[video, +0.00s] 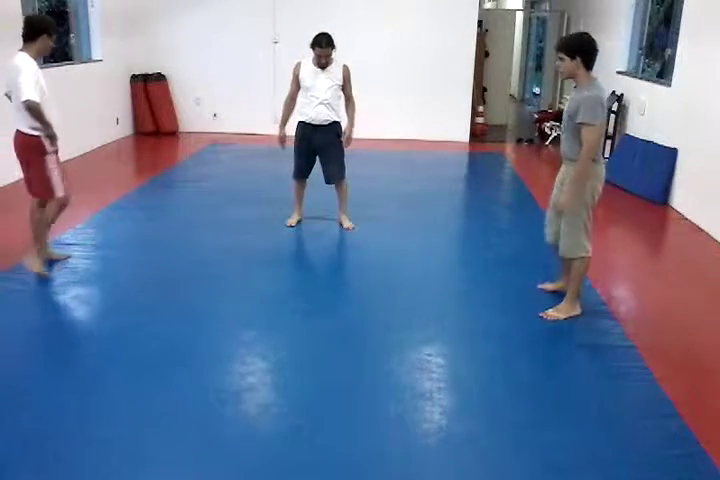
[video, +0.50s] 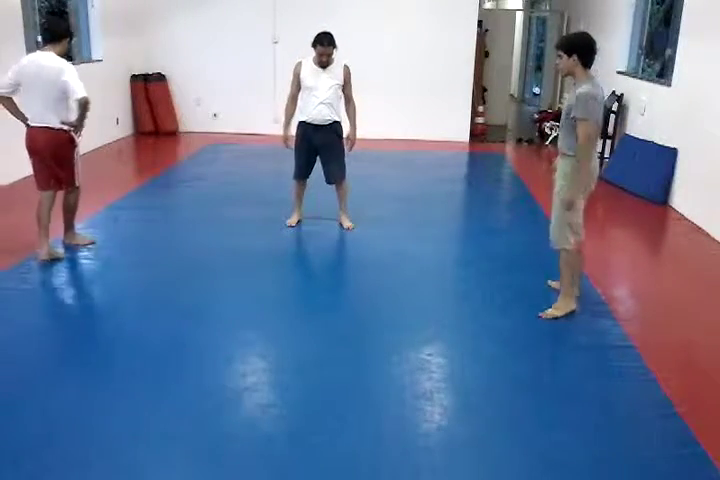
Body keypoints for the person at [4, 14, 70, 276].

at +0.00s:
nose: (51, 46)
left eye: (52, 41)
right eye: (51, 40)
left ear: (29, 37)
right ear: (42, 39)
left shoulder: (17, 61)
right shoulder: (26, 65)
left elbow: (9, 93)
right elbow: (30, 102)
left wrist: (35, 118)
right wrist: (49, 130)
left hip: (27, 136)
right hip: (36, 138)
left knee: (41, 198)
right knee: (59, 198)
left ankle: (42, 249)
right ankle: (36, 252)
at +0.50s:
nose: (69, 46)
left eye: (68, 41)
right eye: (68, 41)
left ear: (43, 38)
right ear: (64, 40)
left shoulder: (25, 63)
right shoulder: (63, 67)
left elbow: (4, 93)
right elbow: (83, 100)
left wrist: (23, 119)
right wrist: (79, 123)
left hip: (34, 134)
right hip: (60, 135)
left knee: (46, 190)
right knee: (71, 186)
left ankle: (44, 247)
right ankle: (70, 235)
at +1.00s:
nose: (83, 45)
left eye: (84, 41)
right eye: (83, 41)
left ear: (62, 36)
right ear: (76, 38)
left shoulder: (43, 56)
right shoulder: (71, 59)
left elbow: (19, 84)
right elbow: (86, 91)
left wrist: (33, 113)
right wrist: (82, 117)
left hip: (44, 124)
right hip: (63, 125)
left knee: (63, 177)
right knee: (72, 180)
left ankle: (68, 222)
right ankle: (69, 234)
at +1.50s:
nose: (86, 40)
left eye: (87, 35)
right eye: (84, 34)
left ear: (74, 33)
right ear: (70, 32)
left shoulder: (67, 58)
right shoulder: (53, 54)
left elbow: (74, 93)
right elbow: (40, 85)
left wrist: (89, 116)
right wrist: (67, 112)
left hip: (68, 121)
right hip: (57, 121)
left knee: (70, 173)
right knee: (63, 175)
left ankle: (69, 218)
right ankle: (61, 229)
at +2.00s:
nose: (73, 36)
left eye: (74, 31)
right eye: (69, 31)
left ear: (63, 33)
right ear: (55, 32)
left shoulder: (66, 58)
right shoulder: (38, 60)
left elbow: (72, 98)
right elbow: (37, 101)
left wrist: (84, 126)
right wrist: (44, 136)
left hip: (69, 123)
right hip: (51, 126)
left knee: (82, 171)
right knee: (51, 181)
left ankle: (72, 215)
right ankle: (53, 232)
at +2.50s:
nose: (78, 36)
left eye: (79, 32)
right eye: (74, 32)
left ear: (73, 33)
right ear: (60, 33)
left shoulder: (72, 58)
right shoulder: (47, 61)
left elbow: (75, 94)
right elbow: (46, 101)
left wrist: (84, 122)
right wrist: (59, 135)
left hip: (77, 123)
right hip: (61, 125)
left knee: (78, 174)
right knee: (58, 180)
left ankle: (77, 217)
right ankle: (54, 231)